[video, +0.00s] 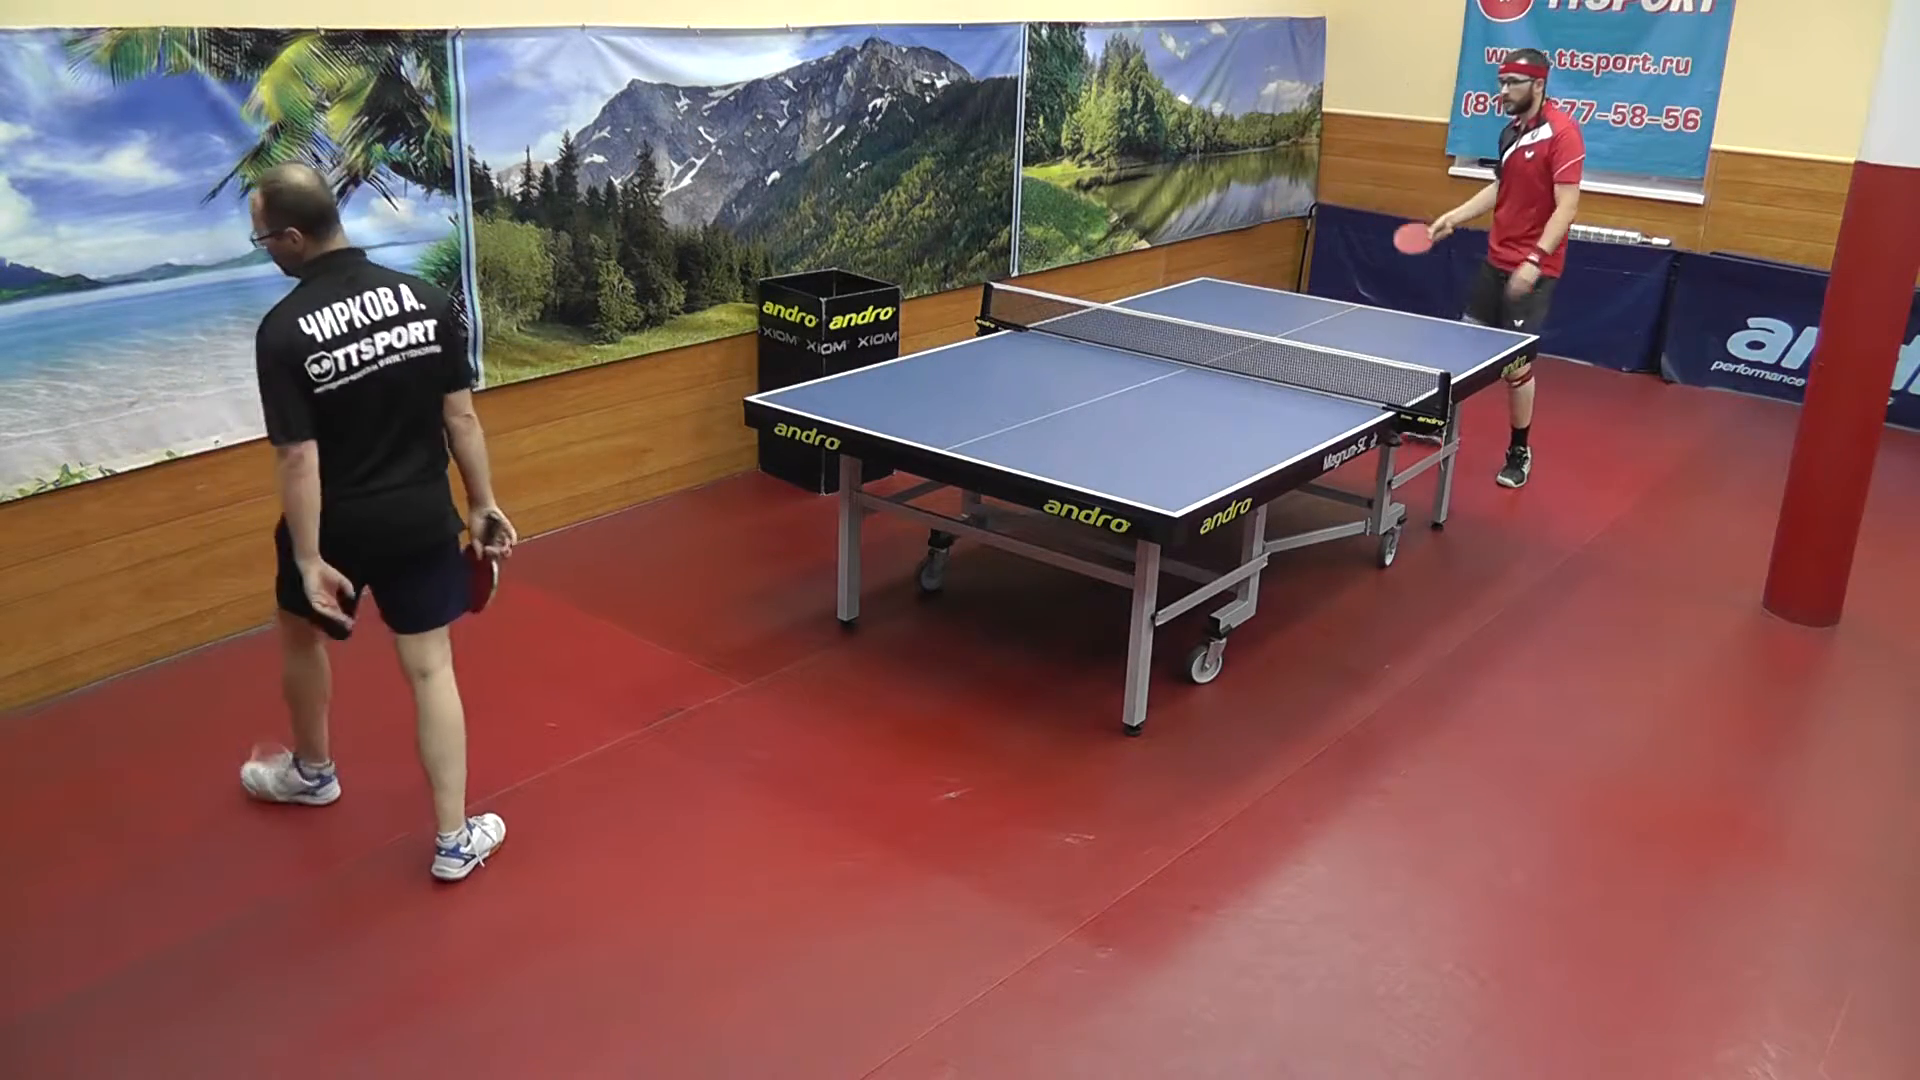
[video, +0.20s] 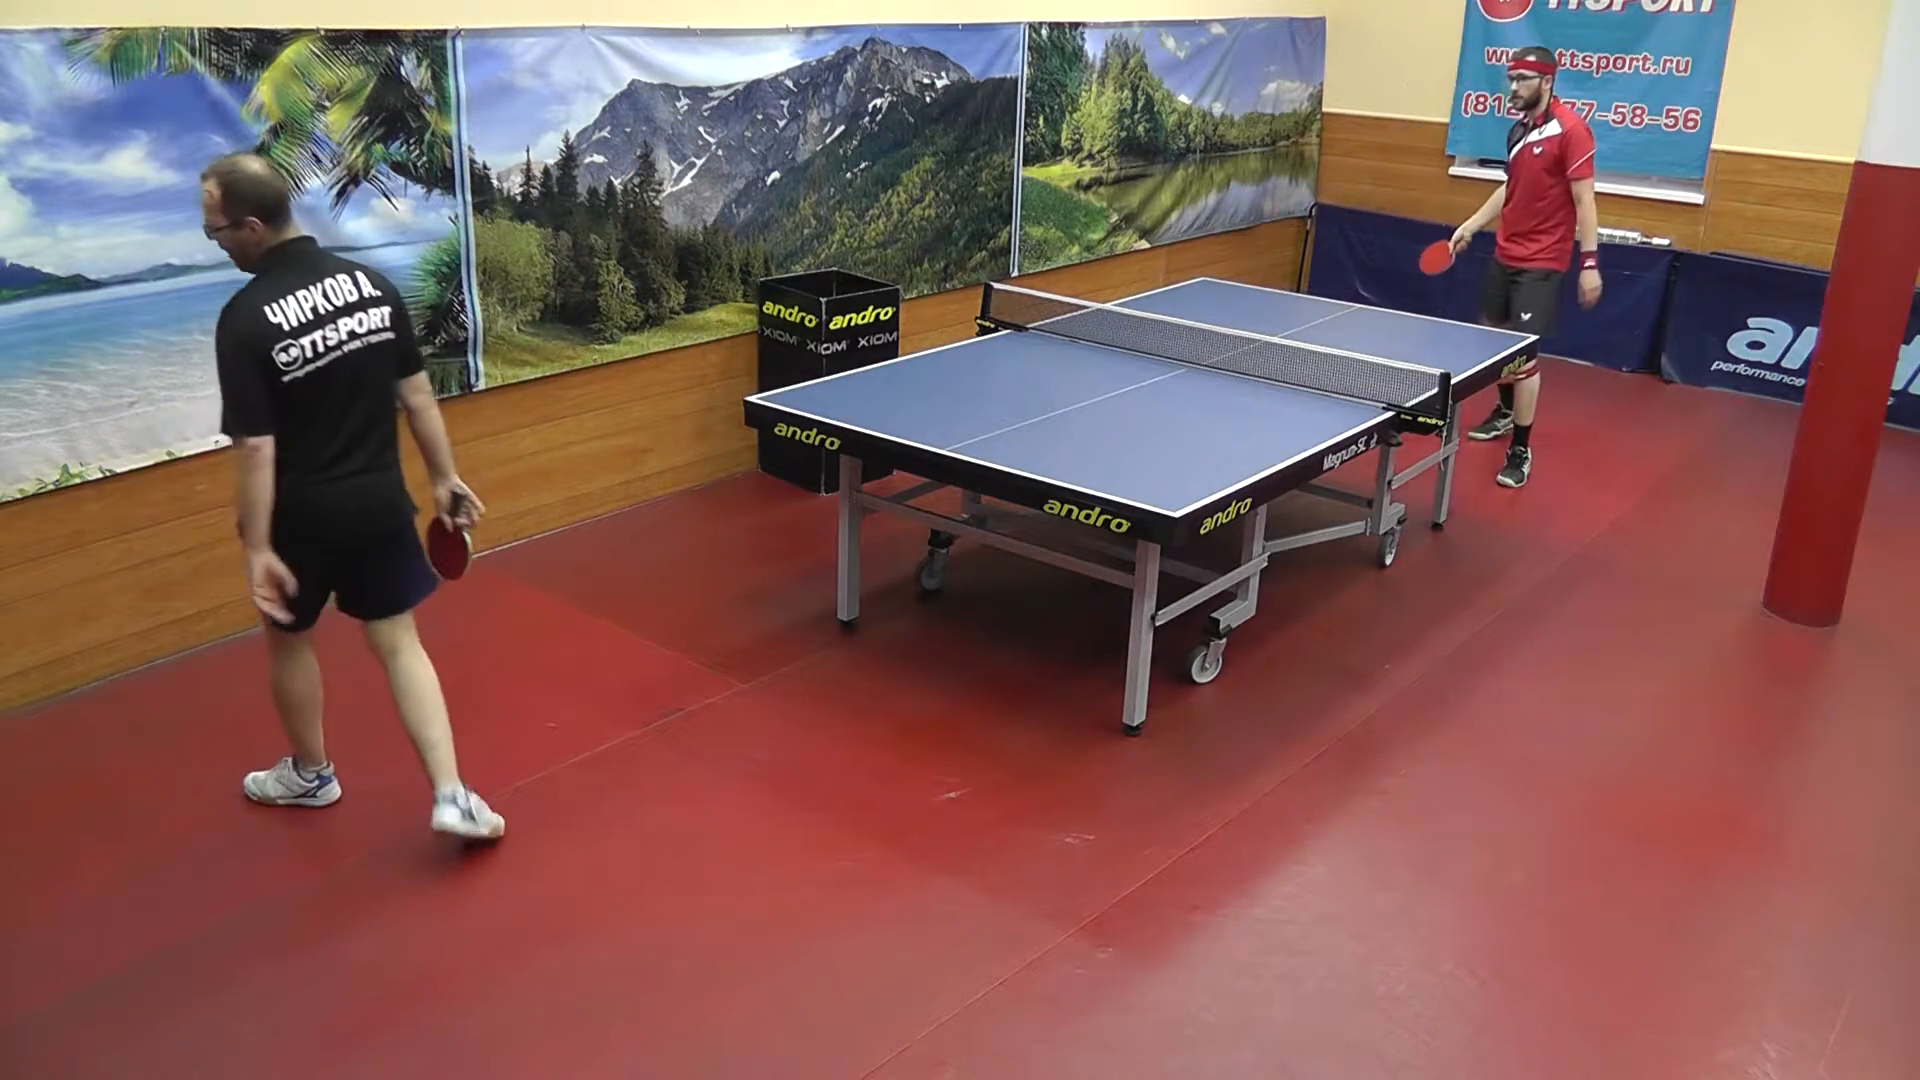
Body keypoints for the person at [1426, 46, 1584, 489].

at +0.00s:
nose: (1504, 91)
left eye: (1513, 84)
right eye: (1502, 83)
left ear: (1538, 85)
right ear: (1505, 85)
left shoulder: (1563, 133)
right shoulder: (1512, 129)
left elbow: (1567, 207)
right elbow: (1501, 188)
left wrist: (1534, 260)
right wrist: (1455, 216)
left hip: (1534, 267)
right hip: (1496, 260)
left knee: (1515, 363)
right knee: (1465, 342)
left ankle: (1518, 452)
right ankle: (1440, 417)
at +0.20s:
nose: (1515, 87)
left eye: (1524, 80)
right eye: (1512, 79)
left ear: (1548, 82)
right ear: (1513, 82)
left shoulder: (1572, 131)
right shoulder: (1520, 128)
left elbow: (1585, 201)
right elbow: (1512, 187)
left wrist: (1589, 264)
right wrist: (1472, 226)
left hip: (1543, 263)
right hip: (1505, 256)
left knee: (1524, 354)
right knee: (1495, 338)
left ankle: (1520, 450)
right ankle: (1506, 410)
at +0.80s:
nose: (1538, 81)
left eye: (1547, 73)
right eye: (1534, 73)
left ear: (1567, 73)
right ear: (1530, 76)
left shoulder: (1594, 115)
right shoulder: (1531, 123)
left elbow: (1610, 176)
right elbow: (1514, 183)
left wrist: (1577, 217)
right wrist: (1484, 230)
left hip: (1576, 247)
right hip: (1530, 244)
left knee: (1568, 337)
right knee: (1520, 323)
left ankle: (1570, 408)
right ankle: (1519, 415)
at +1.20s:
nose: (1585, 85)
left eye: (1593, 78)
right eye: (1580, 77)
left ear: (1610, 79)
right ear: (1573, 78)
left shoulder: (1633, 124)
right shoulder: (1566, 119)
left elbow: (1641, 188)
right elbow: (1551, 177)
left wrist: (1632, 243)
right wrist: (1531, 224)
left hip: (1603, 248)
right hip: (1557, 240)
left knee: (1593, 329)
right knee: (1544, 319)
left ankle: (1578, 401)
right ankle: (1526, 406)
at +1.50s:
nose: (1607, 82)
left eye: (1616, 74)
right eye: (1601, 74)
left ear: (1630, 75)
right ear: (1593, 74)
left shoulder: (1648, 120)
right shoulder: (1576, 114)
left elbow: (1659, 178)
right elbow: (1554, 166)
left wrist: (1670, 233)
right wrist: (1527, 215)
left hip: (1611, 239)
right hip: (1564, 231)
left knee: (1597, 318)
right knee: (1543, 309)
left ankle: (1578, 400)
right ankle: (1539, 391)